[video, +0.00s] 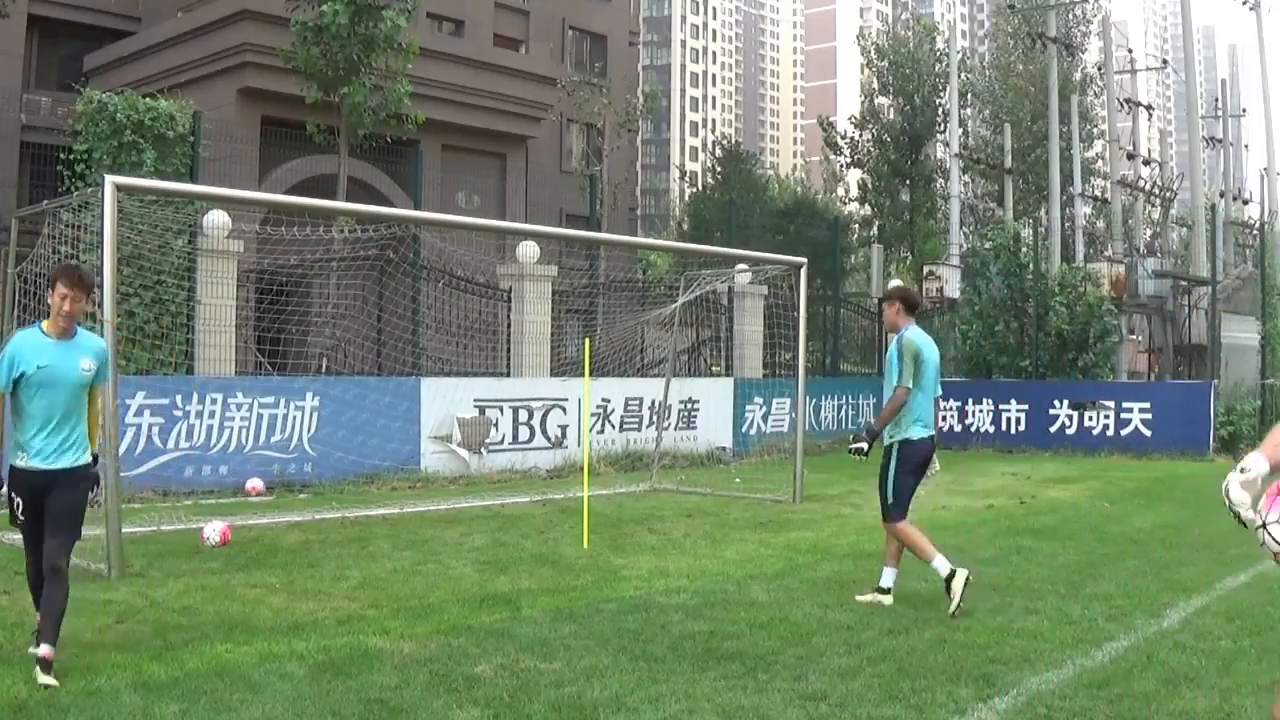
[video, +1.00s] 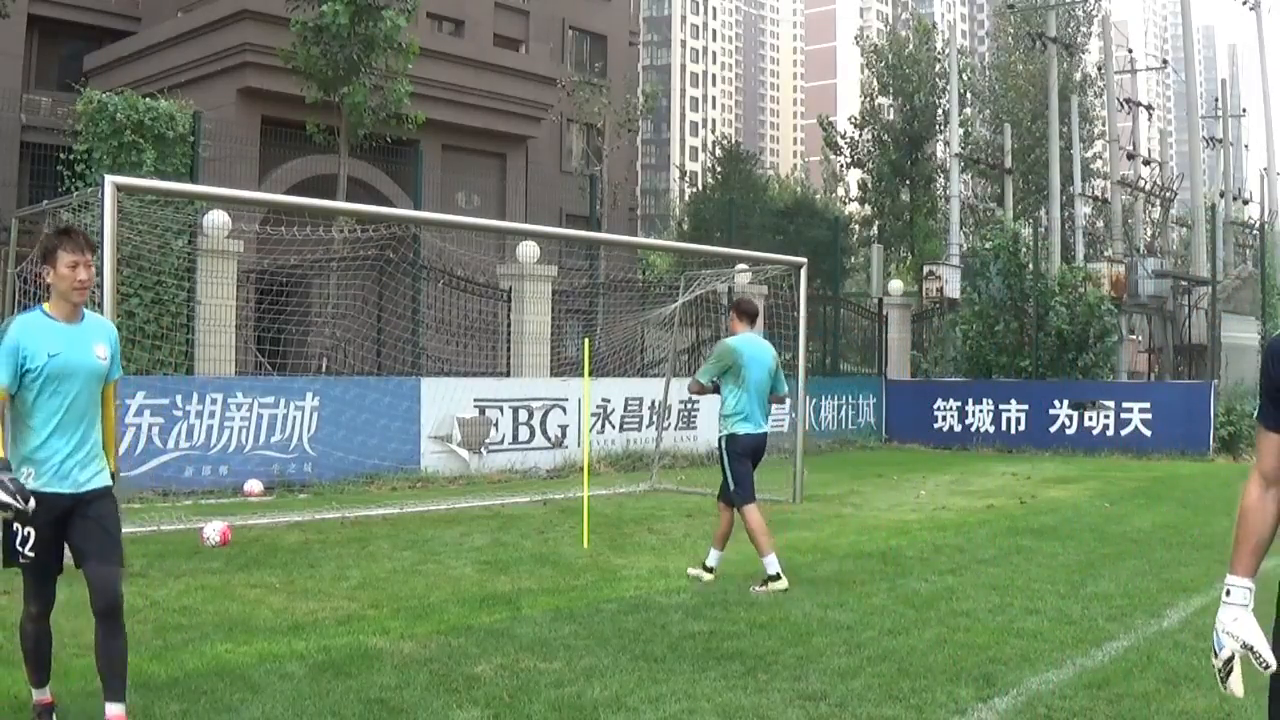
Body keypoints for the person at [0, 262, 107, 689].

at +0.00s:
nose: (68, 307)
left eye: (77, 301)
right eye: (63, 298)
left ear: (86, 305)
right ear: (50, 296)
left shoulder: (96, 349)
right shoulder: (19, 345)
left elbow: (95, 406)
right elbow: (2, 402)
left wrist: (95, 455)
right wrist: (4, 460)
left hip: (74, 469)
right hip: (26, 468)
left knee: (57, 562)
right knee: (36, 562)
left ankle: (47, 652)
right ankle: (44, 621)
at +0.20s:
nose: (69, 293)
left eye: (76, 286)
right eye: (62, 284)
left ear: (85, 292)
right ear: (47, 287)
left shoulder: (96, 343)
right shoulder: (14, 333)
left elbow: (101, 408)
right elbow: (1, 395)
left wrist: (105, 466)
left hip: (69, 469)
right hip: (16, 464)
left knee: (54, 568)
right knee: (7, 565)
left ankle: (42, 661)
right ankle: (26, 609)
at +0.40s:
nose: (68, 289)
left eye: (74, 282)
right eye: (59, 281)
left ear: (81, 287)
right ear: (41, 284)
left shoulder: (96, 339)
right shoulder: (10, 335)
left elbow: (110, 405)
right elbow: (2, 400)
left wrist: (125, 453)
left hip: (70, 473)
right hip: (17, 468)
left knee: (52, 574)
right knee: (17, 571)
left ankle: (40, 665)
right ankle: (14, 667)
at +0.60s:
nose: (69, 288)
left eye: (74, 280)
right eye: (59, 280)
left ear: (79, 287)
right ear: (36, 285)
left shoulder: (96, 341)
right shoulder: (8, 341)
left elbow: (112, 408)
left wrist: (133, 449)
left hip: (73, 482)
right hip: (20, 480)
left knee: (58, 586)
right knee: (32, 590)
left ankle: (45, 658)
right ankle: (41, 698)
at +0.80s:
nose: (70, 276)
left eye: (75, 267)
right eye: (60, 267)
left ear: (80, 274)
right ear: (36, 274)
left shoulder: (97, 331)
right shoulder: (9, 334)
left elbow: (108, 406)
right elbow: (3, 411)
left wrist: (123, 468)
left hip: (81, 483)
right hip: (22, 483)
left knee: (92, 592)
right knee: (30, 598)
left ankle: (62, 652)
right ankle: (40, 701)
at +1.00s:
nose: (84, 275)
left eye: (89, 266)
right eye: (73, 266)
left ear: (94, 271)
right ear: (47, 273)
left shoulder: (104, 331)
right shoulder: (20, 331)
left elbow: (108, 408)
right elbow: (2, 407)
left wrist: (110, 471)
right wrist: (4, 470)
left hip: (94, 487)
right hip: (36, 491)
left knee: (110, 600)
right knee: (38, 607)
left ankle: (116, 712)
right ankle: (42, 704)